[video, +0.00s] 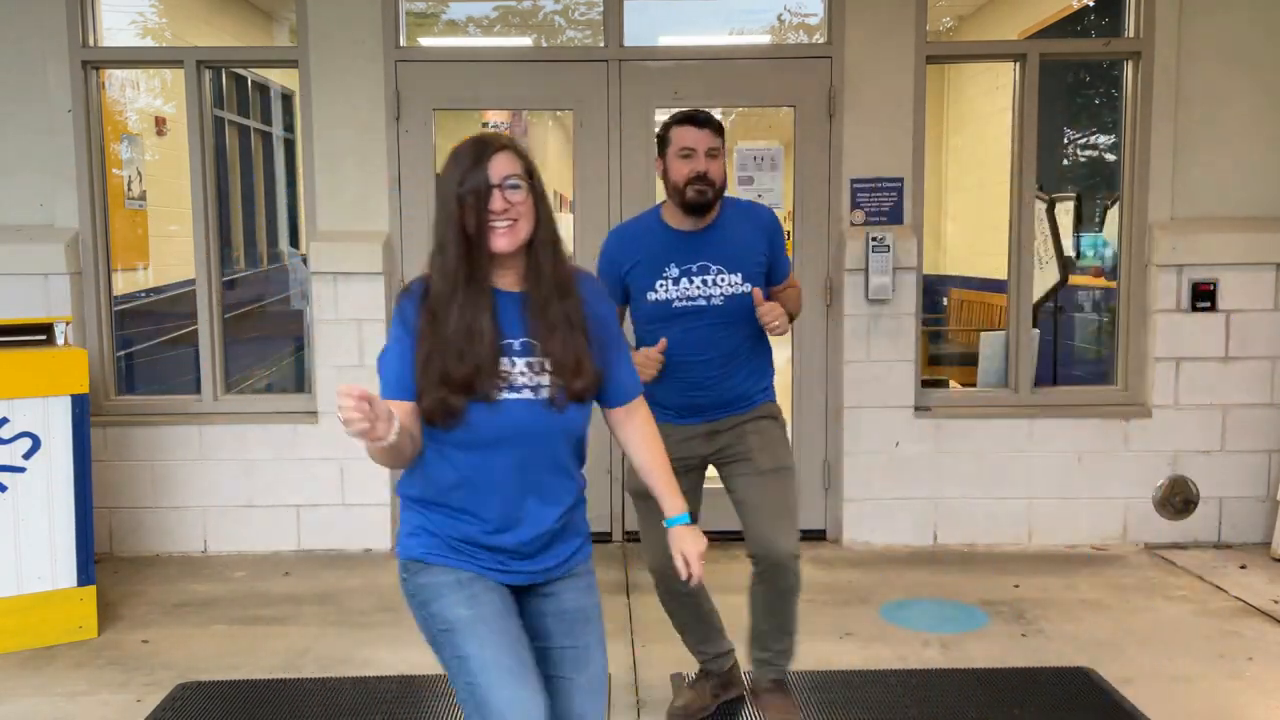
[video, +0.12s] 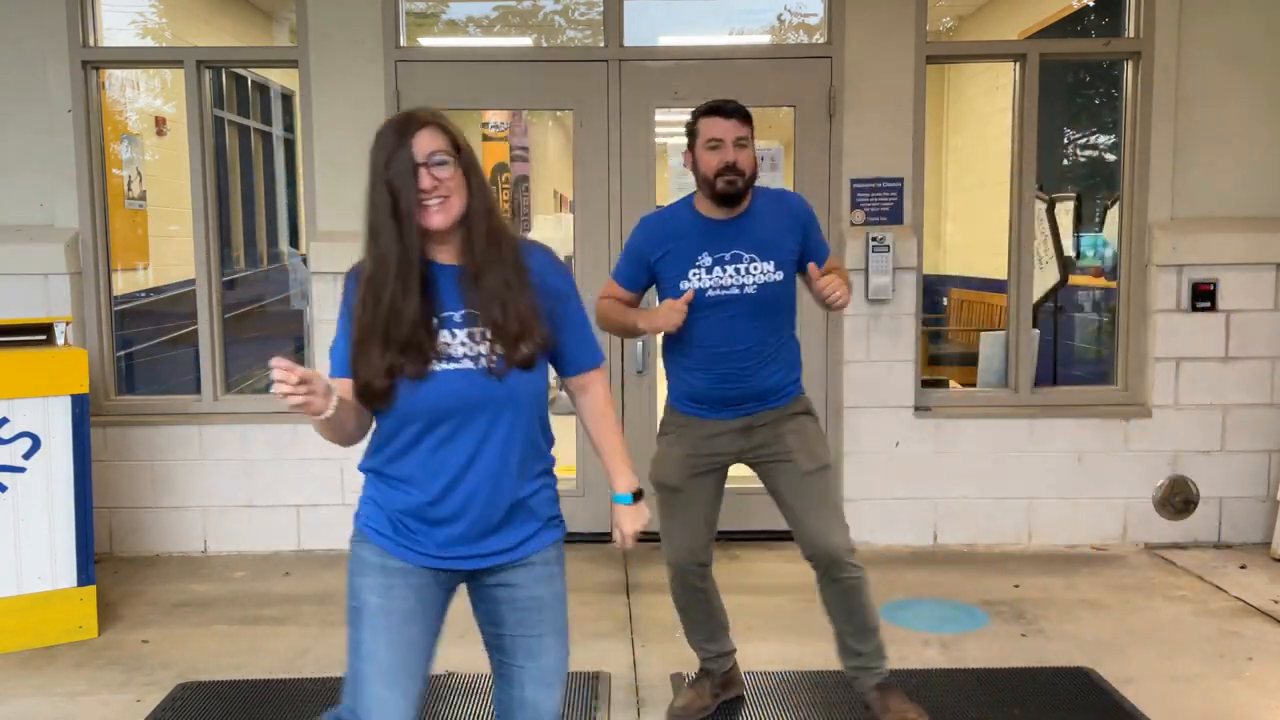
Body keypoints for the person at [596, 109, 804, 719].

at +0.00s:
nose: (702, 167)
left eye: (712, 155)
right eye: (686, 155)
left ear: (725, 164)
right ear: (662, 166)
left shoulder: (758, 225)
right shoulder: (625, 244)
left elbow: (789, 288)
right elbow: (595, 331)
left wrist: (781, 309)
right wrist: (625, 361)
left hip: (750, 420)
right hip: (663, 428)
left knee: (779, 551)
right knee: (666, 564)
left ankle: (771, 681)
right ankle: (719, 668)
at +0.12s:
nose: (730, 157)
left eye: (740, 145)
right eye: (715, 146)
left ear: (755, 153)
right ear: (690, 157)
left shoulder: (790, 213)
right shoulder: (659, 231)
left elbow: (829, 284)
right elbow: (608, 308)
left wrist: (834, 290)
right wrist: (649, 320)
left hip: (780, 416)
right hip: (692, 425)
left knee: (832, 550)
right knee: (684, 562)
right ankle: (718, 672)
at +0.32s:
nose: (799, 142)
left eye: (809, 129)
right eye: (783, 132)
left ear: (825, 136)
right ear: (761, 145)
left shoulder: (862, 199)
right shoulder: (726, 219)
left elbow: (920, 258)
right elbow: (661, 303)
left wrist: (918, 273)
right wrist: (702, 336)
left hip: (845, 414)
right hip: (754, 420)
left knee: (891, 556)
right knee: (726, 560)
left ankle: (922, 683)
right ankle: (719, 671)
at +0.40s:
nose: (831, 132)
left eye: (840, 119)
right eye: (814, 123)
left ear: (856, 126)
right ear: (791, 136)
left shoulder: (892, 198)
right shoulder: (758, 213)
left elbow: (919, 271)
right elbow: (710, 308)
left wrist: (929, 288)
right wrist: (753, 335)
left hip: (872, 408)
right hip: (784, 414)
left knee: (907, 552)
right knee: (751, 553)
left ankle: (922, 685)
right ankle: (720, 671)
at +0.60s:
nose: (893, 134)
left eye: (903, 121)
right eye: (877, 125)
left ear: (920, 131)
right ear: (853, 140)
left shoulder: (941, 208)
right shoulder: (814, 210)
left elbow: (938, 303)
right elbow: (761, 300)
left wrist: (973, 287)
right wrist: (827, 313)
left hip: (918, 412)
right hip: (832, 415)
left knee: (935, 561)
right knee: (818, 554)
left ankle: (923, 687)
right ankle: (753, 647)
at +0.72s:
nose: (910, 127)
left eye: (922, 114)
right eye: (894, 116)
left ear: (938, 125)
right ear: (871, 130)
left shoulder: (958, 200)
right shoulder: (830, 198)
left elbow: (978, 292)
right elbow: (762, 285)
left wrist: (1016, 268)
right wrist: (830, 265)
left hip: (925, 403)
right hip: (842, 405)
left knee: (933, 555)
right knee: (858, 545)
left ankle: (925, 684)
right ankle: (816, 649)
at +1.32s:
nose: (825, 151)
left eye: (837, 136)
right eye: (817, 141)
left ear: (878, 137)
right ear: (813, 149)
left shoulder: (936, 207)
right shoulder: (801, 215)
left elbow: (988, 301)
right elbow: (773, 279)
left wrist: (943, 291)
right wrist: (762, 325)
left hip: (917, 419)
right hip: (824, 415)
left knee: (935, 564)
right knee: (765, 527)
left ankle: (922, 686)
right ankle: (804, 665)